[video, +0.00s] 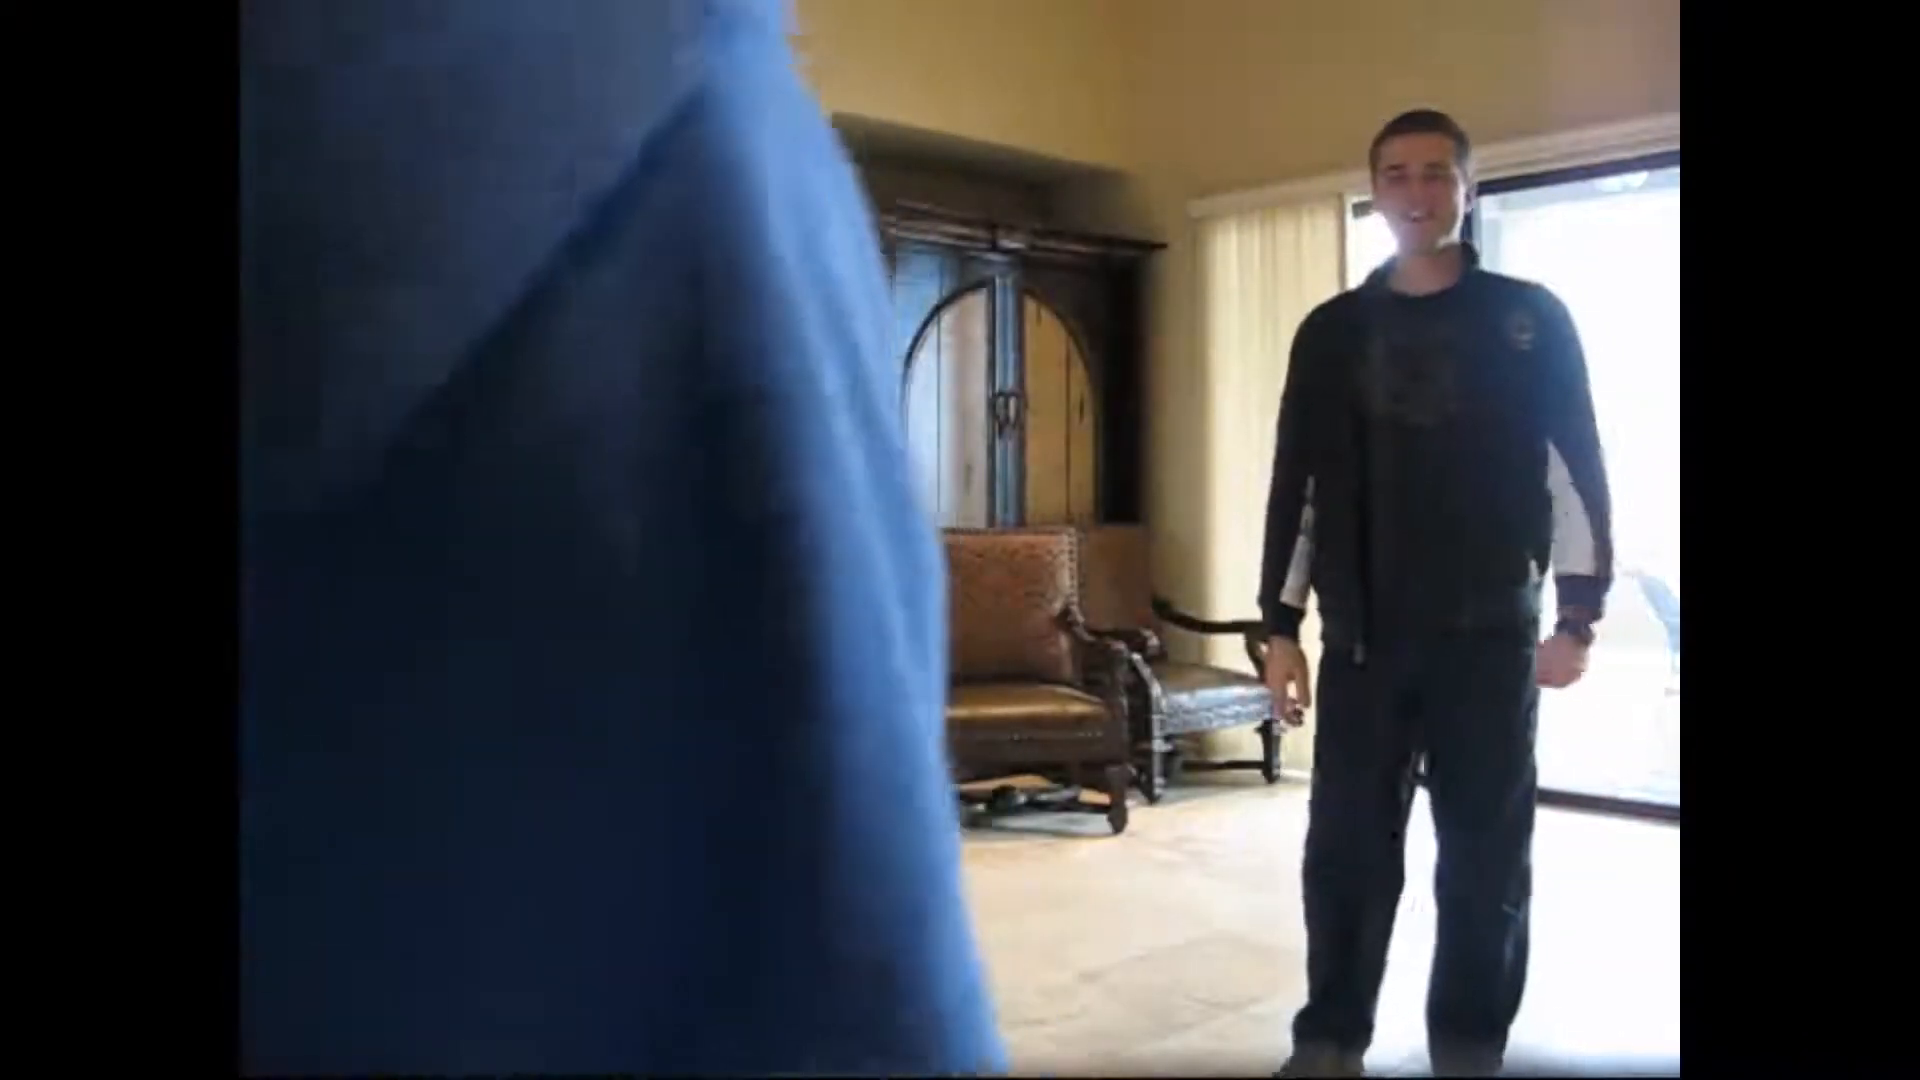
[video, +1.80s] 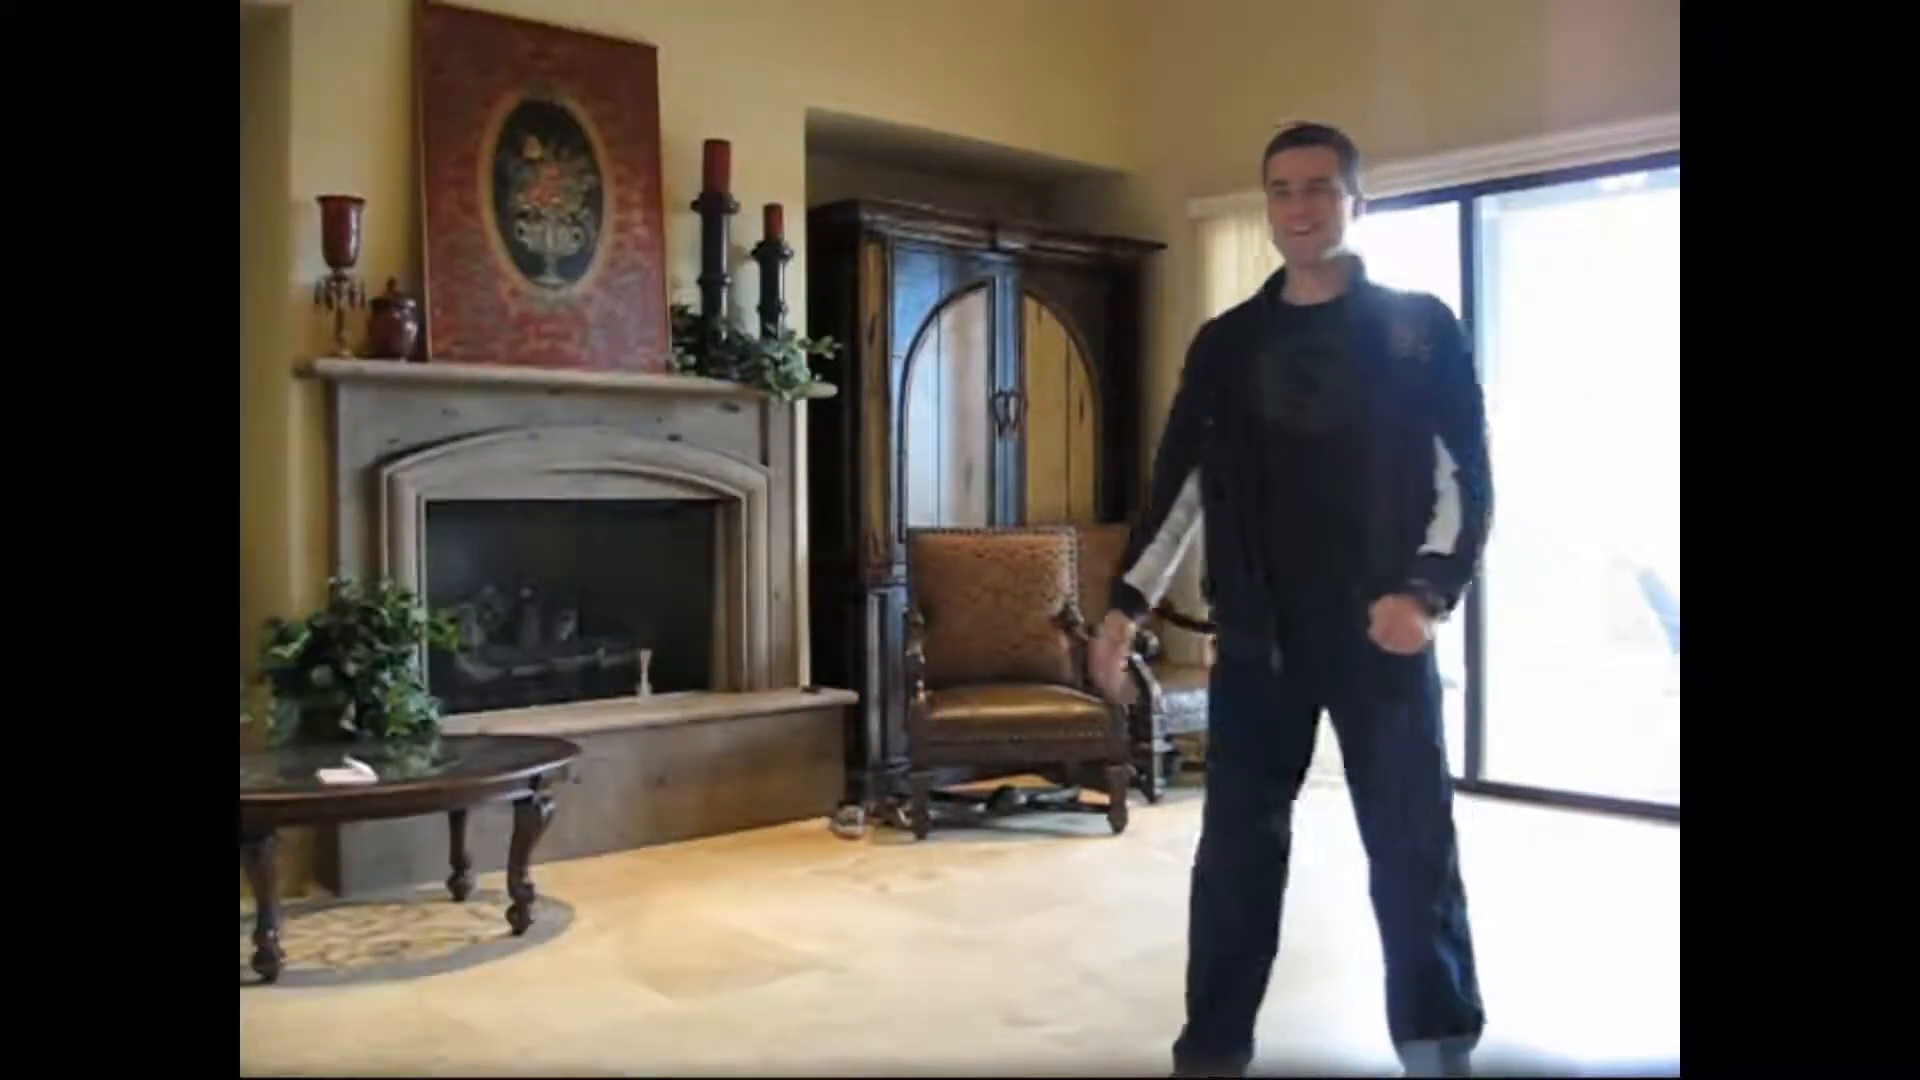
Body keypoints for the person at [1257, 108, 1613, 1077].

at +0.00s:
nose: (1418, 190)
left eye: (1436, 173)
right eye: (1398, 174)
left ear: (1468, 188)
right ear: (1374, 193)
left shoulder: (1529, 315)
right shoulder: (1330, 329)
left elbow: (1583, 475)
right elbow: (1291, 483)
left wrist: (1576, 619)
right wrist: (1277, 622)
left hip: (1489, 638)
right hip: (1363, 639)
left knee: (1486, 867)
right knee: (1344, 856)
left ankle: (1468, 1055)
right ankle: (1328, 1045)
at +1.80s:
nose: (1301, 206)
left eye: (1319, 187)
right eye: (1283, 191)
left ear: (1355, 199)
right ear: (1265, 207)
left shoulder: (1420, 327)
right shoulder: (1223, 345)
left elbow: (1471, 483)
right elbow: (1177, 491)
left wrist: (1426, 592)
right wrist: (1124, 609)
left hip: (1380, 634)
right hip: (1258, 638)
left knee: (1414, 853)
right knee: (1235, 854)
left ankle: (1440, 1053)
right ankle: (1210, 1054)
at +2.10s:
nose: (1227, 204)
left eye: (1247, 186)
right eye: (1211, 188)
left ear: (1281, 199)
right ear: (1189, 204)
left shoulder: (1338, 316)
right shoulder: (1159, 336)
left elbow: (1384, 475)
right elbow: (1084, 459)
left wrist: (1359, 618)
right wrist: (988, 564)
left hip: (1317, 632)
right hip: (1193, 638)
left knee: (1367, 860)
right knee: (1201, 872)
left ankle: (1418, 1050)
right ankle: (1207, 1059)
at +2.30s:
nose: (1192, 206)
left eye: (1211, 187)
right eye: (1174, 191)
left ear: (1245, 196)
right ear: (1156, 205)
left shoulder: (1317, 314)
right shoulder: (1125, 337)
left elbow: (1373, 466)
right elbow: (1017, 432)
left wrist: (1379, 616)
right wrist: (897, 474)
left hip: (1305, 625)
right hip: (1186, 630)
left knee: (1347, 858)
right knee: (1199, 866)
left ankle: (1385, 1053)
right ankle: (1206, 1056)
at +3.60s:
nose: (1266, 253)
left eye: (1278, 230)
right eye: (1244, 234)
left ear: (1295, 211)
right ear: (1200, 221)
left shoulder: (1343, 315)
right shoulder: (1148, 337)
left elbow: (1429, 450)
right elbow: (1098, 464)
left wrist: (1322, 472)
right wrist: (1041, 508)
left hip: (1325, 639)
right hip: (1205, 640)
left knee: (1327, 862)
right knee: (1210, 862)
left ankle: (1326, 1060)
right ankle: (1209, 1055)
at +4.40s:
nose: (1292, 181)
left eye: (1308, 160)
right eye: (1270, 167)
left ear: (1342, 173)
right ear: (1247, 189)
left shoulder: (1420, 303)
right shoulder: (1210, 325)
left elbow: (1481, 471)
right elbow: (1188, 469)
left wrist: (1410, 571)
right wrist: (1181, 476)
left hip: (1373, 636)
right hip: (1252, 637)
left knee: (1360, 865)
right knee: (1256, 860)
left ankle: (1338, 1059)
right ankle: (1250, 1055)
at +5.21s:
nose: (1158, 258)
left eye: (1171, 228)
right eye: (1134, 248)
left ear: (1219, 228)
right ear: (1125, 271)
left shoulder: (1353, 314)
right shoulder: (1146, 385)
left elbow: (1446, 431)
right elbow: (1141, 504)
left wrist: (1378, 519)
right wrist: (1174, 531)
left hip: (1378, 632)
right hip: (1253, 640)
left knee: (1362, 859)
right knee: (1262, 859)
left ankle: (1342, 1057)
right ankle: (1247, 1058)